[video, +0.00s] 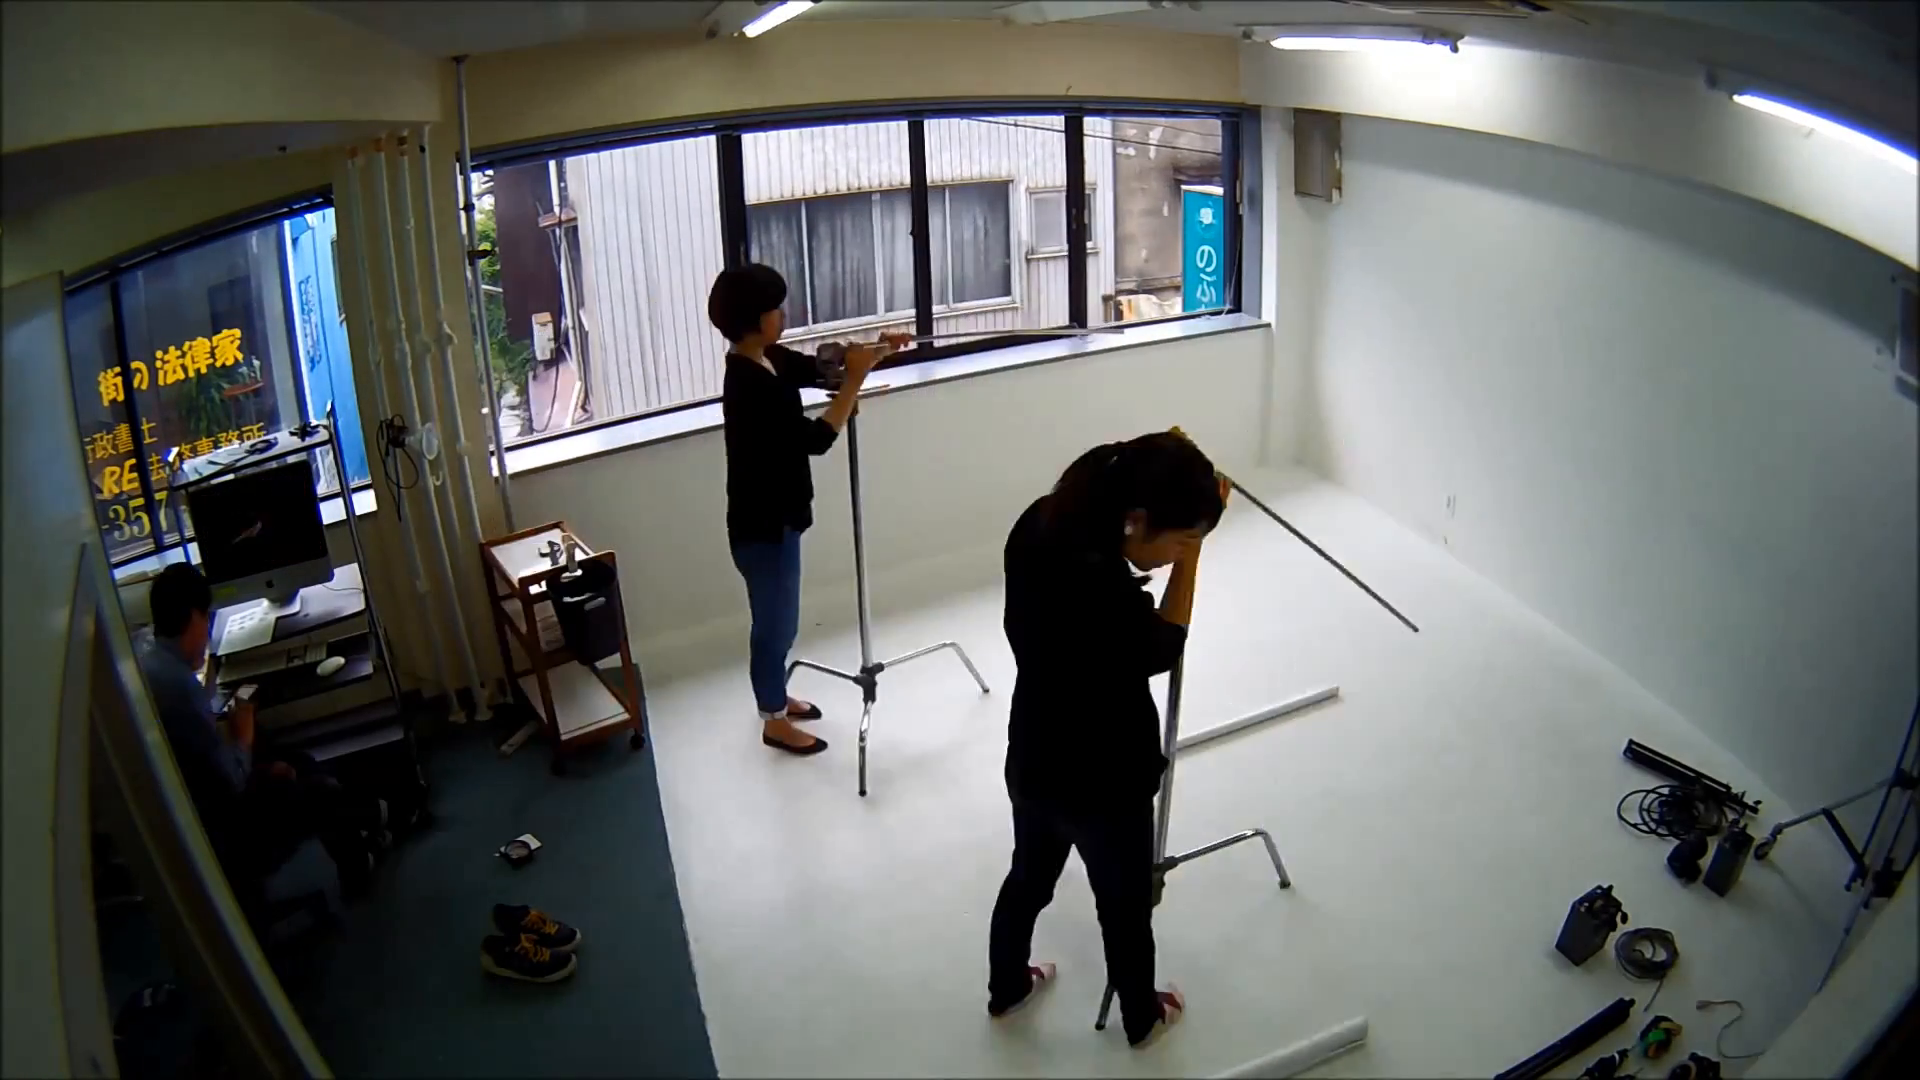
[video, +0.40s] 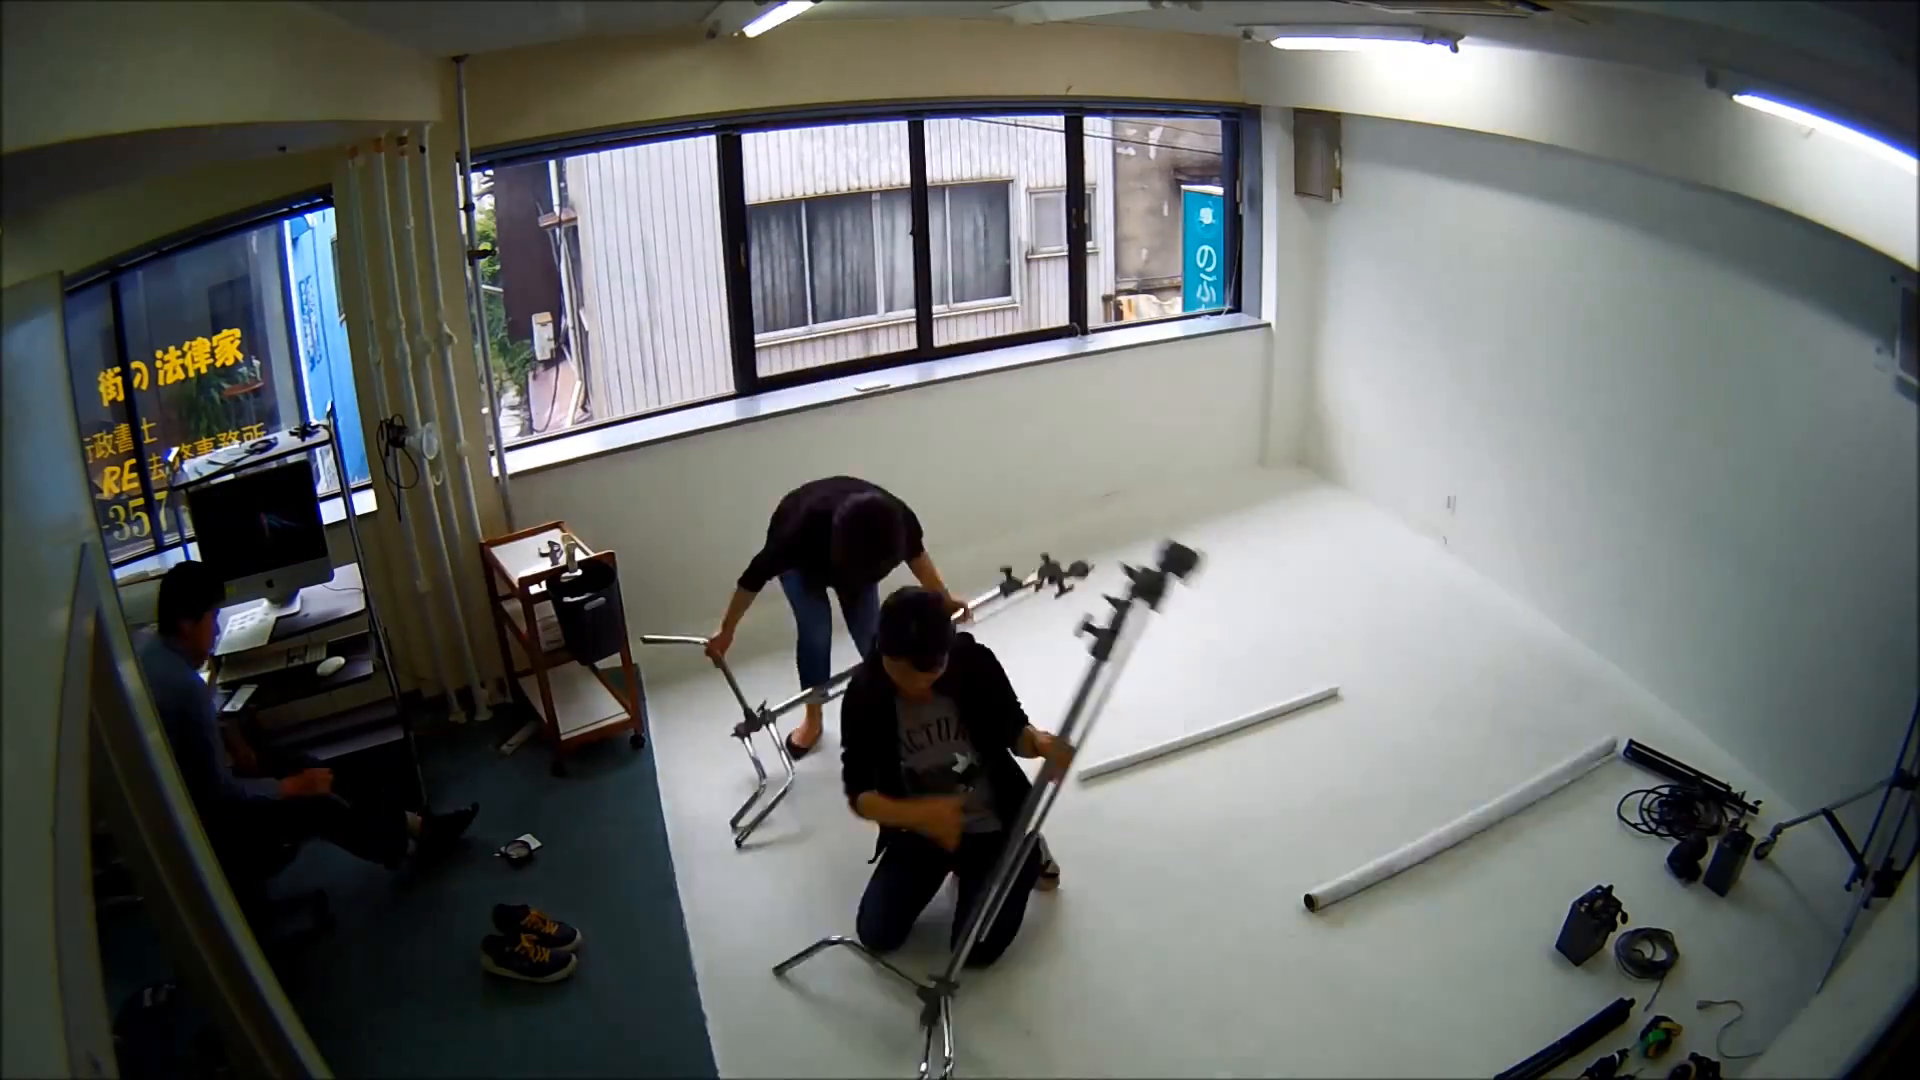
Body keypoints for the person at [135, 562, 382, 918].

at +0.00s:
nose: (209, 631)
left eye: (208, 619)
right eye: (208, 619)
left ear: (160, 619)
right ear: (194, 620)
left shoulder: (152, 670)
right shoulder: (179, 687)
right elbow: (230, 783)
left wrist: (260, 770)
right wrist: (244, 737)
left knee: (295, 764)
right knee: (317, 791)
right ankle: (356, 877)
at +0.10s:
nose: (195, 631)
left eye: (194, 621)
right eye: (190, 622)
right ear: (172, 621)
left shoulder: (143, 676)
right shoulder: (158, 692)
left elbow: (193, 757)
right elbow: (208, 795)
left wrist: (259, 772)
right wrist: (227, 744)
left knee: (294, 770)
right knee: (314, 788)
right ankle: (353, 876)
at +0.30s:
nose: (214, 633)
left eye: (212, 621)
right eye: (213, 622)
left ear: (165, 618)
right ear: (202, 625)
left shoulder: (152, 667)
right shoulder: (179, 695)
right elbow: (215, 794)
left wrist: (217, 736)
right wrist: (268, 788)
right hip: (206, 837)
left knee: (304, 772)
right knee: (317, 808)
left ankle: (407, 824)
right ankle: (415, 835)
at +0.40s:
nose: (218, 628)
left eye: (217, 616)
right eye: (213, 618)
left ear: (174, 620)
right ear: (188, 624)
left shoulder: (152, 661)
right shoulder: (186, 690)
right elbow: (218, 791)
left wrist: (222, 737)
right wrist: (289, 788)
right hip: (208, 831)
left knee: (303, 775)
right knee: (318, 809)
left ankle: (410, 827)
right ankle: (412, 839)